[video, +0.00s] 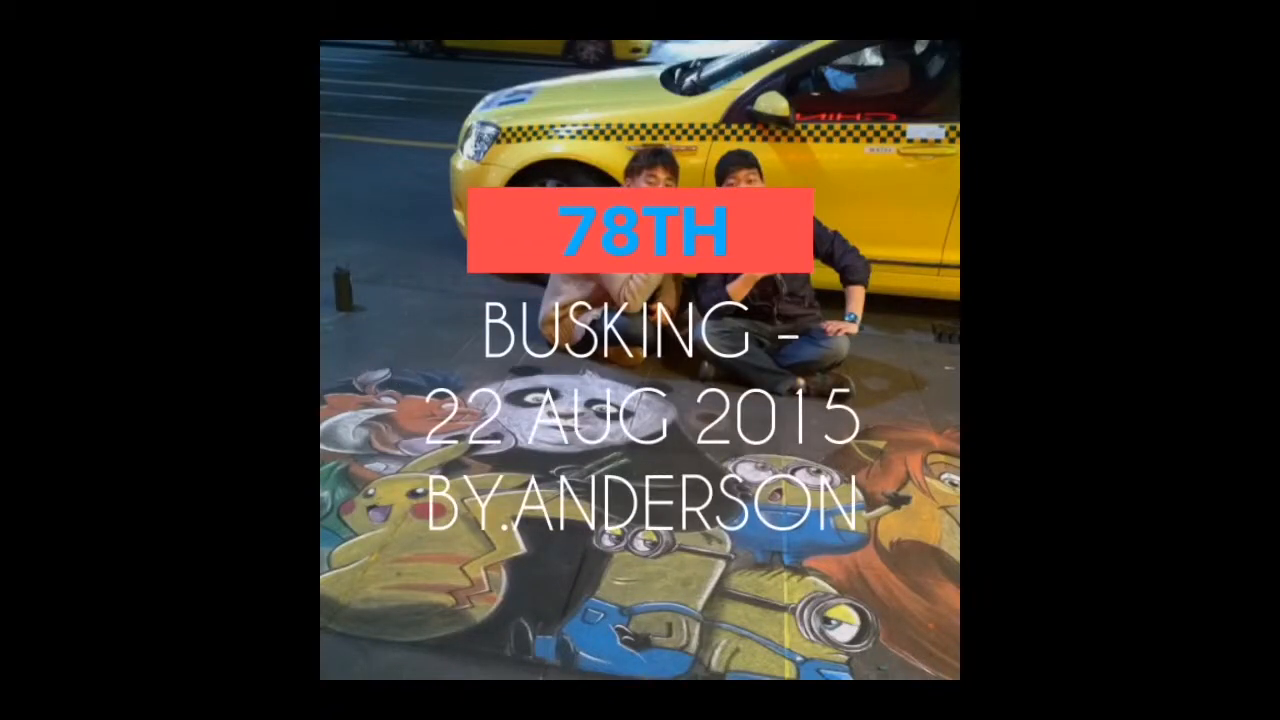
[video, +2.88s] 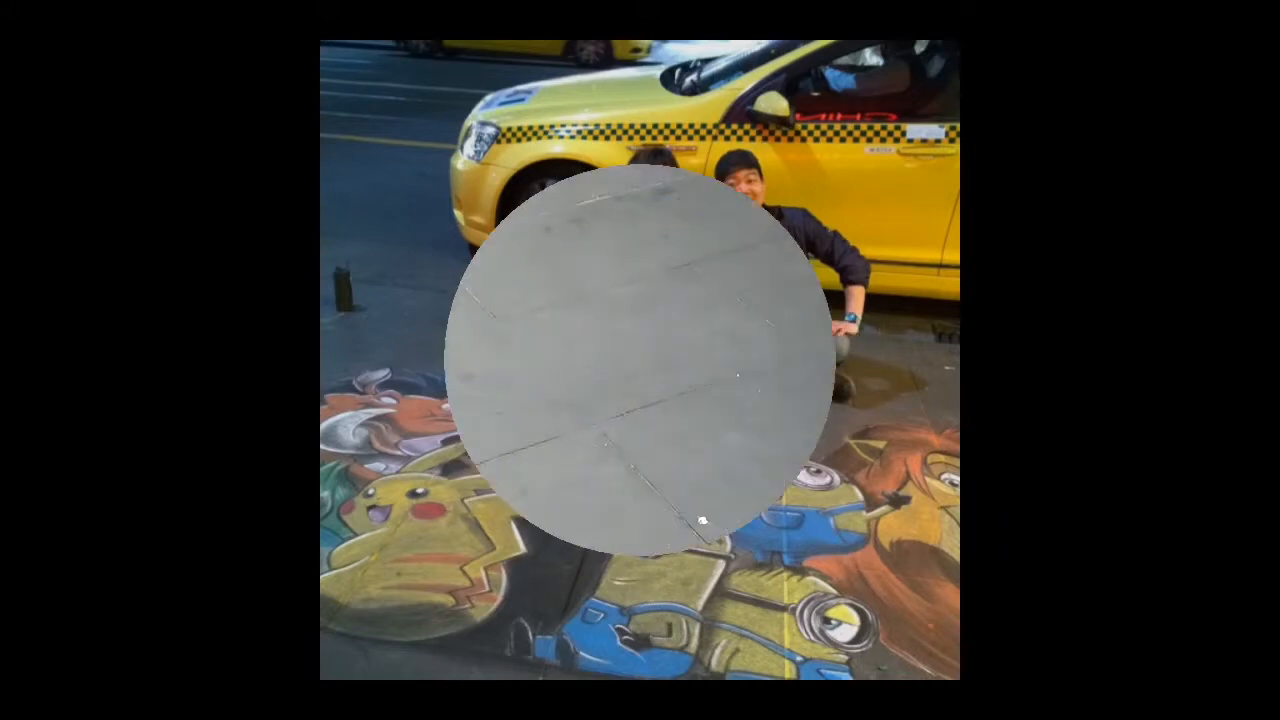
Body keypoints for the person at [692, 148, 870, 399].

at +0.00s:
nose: (743, 190)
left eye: (750, 181)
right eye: (732, 184)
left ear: (763, 184)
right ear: (721, 192)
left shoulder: (791, 220)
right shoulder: (716, 230)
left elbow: (853, 262)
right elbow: (707, 303)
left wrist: (851, 319)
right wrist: (751, 276)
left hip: (800, 325)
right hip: (747, 324)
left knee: (837, 345)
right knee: (708, 333)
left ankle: (732, 371)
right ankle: (798, 386)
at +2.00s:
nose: (743, 191)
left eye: (750, 181)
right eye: (732, 185)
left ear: (763, 186)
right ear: (720, 195)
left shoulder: (795, 222)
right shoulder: (713, 247)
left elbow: (853, 263)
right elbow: (709, 308)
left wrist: (852, 323)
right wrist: (752, 274)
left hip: (799, 330)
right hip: (748, 330)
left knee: (834, 358)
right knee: (704, 334)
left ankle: (733, 372)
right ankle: (788, 384)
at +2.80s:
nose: (742, 190)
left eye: (750, 181)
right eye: (732, 184)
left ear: (763, 187)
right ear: (720, 195)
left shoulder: (795, 222)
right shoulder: (713, 245)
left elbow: (853, 262)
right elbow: (709, 301)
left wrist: (852, 320)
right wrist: (753, 273)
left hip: (799, 329)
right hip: (744, 333)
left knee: (837, 346)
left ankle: (749, 370)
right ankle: (799, 386)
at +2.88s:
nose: (743, 190)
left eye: (750, 181)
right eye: (733, 184)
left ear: (763, 186)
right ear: (720, 191)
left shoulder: (792, 221)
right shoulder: (713, 231)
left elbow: (853, 262)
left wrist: (851, 320)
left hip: (792, 326)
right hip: (735, 331)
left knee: (839, 344)